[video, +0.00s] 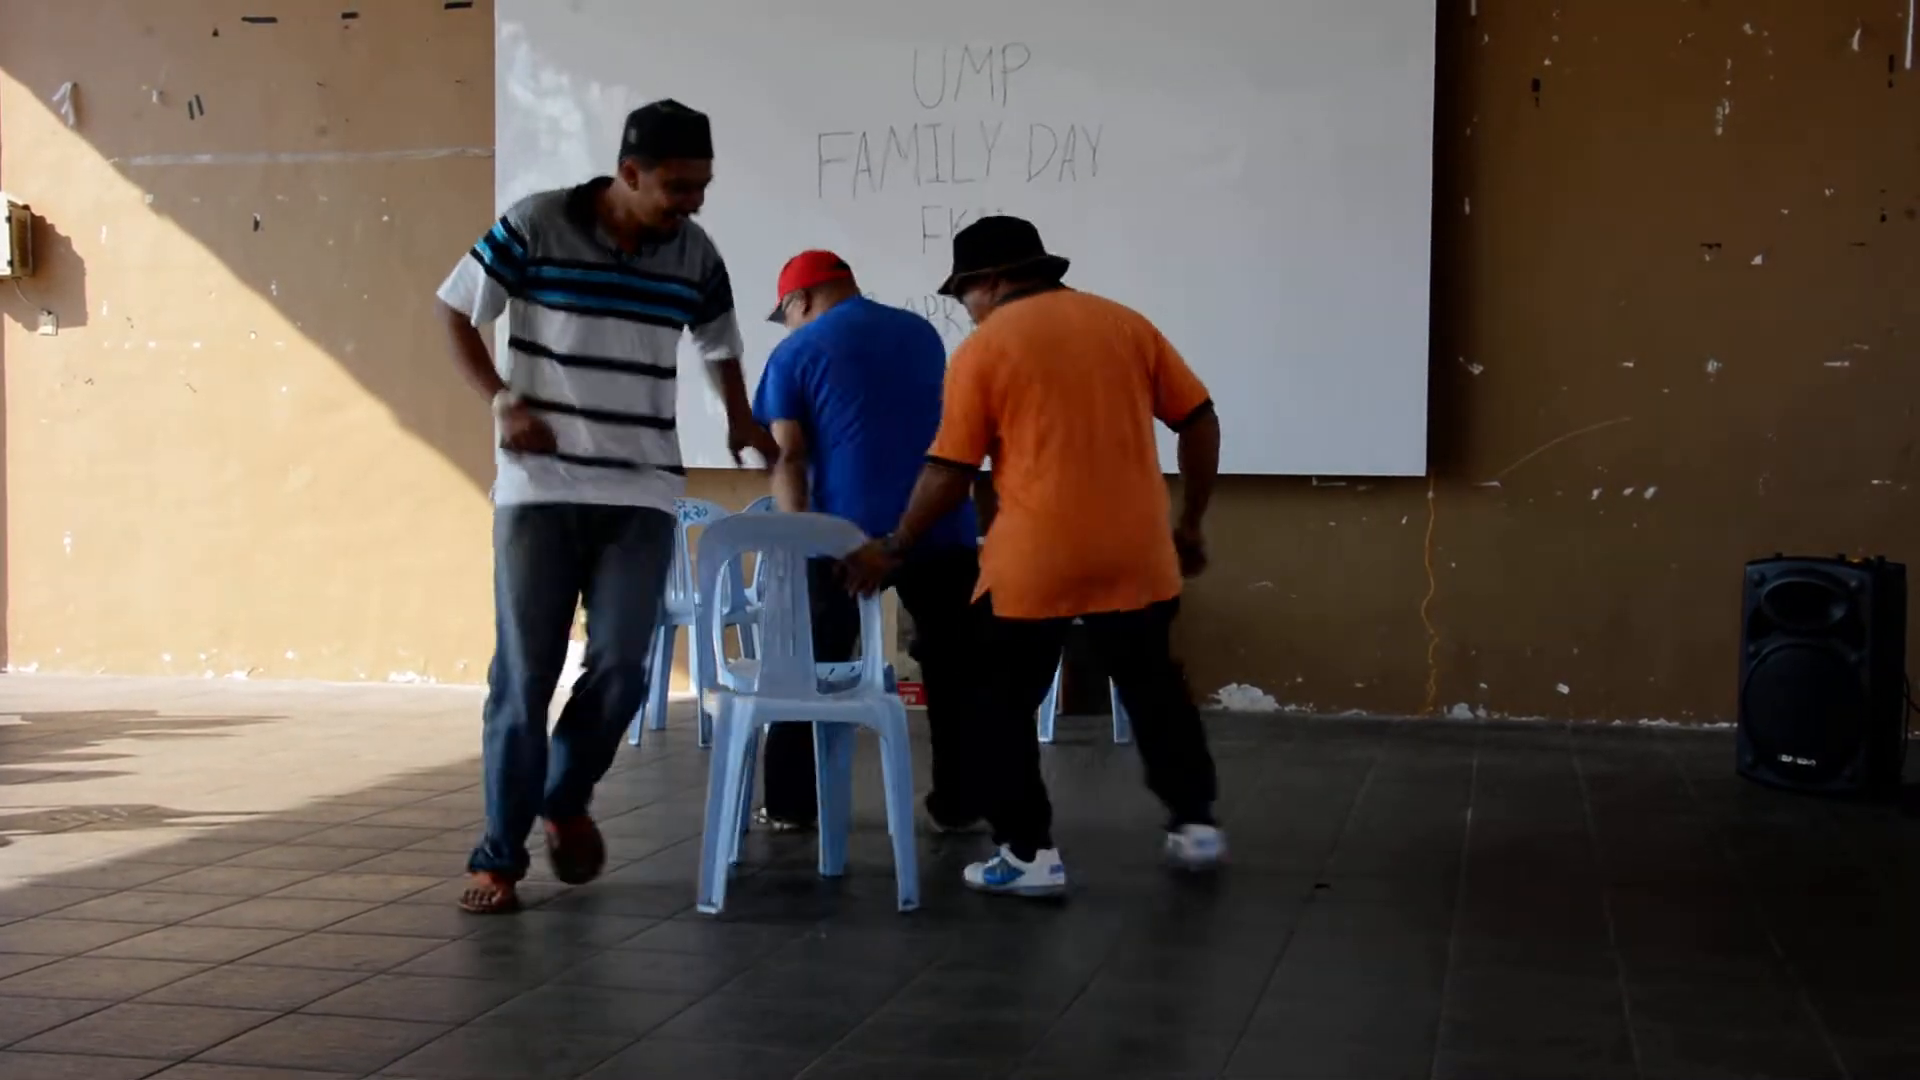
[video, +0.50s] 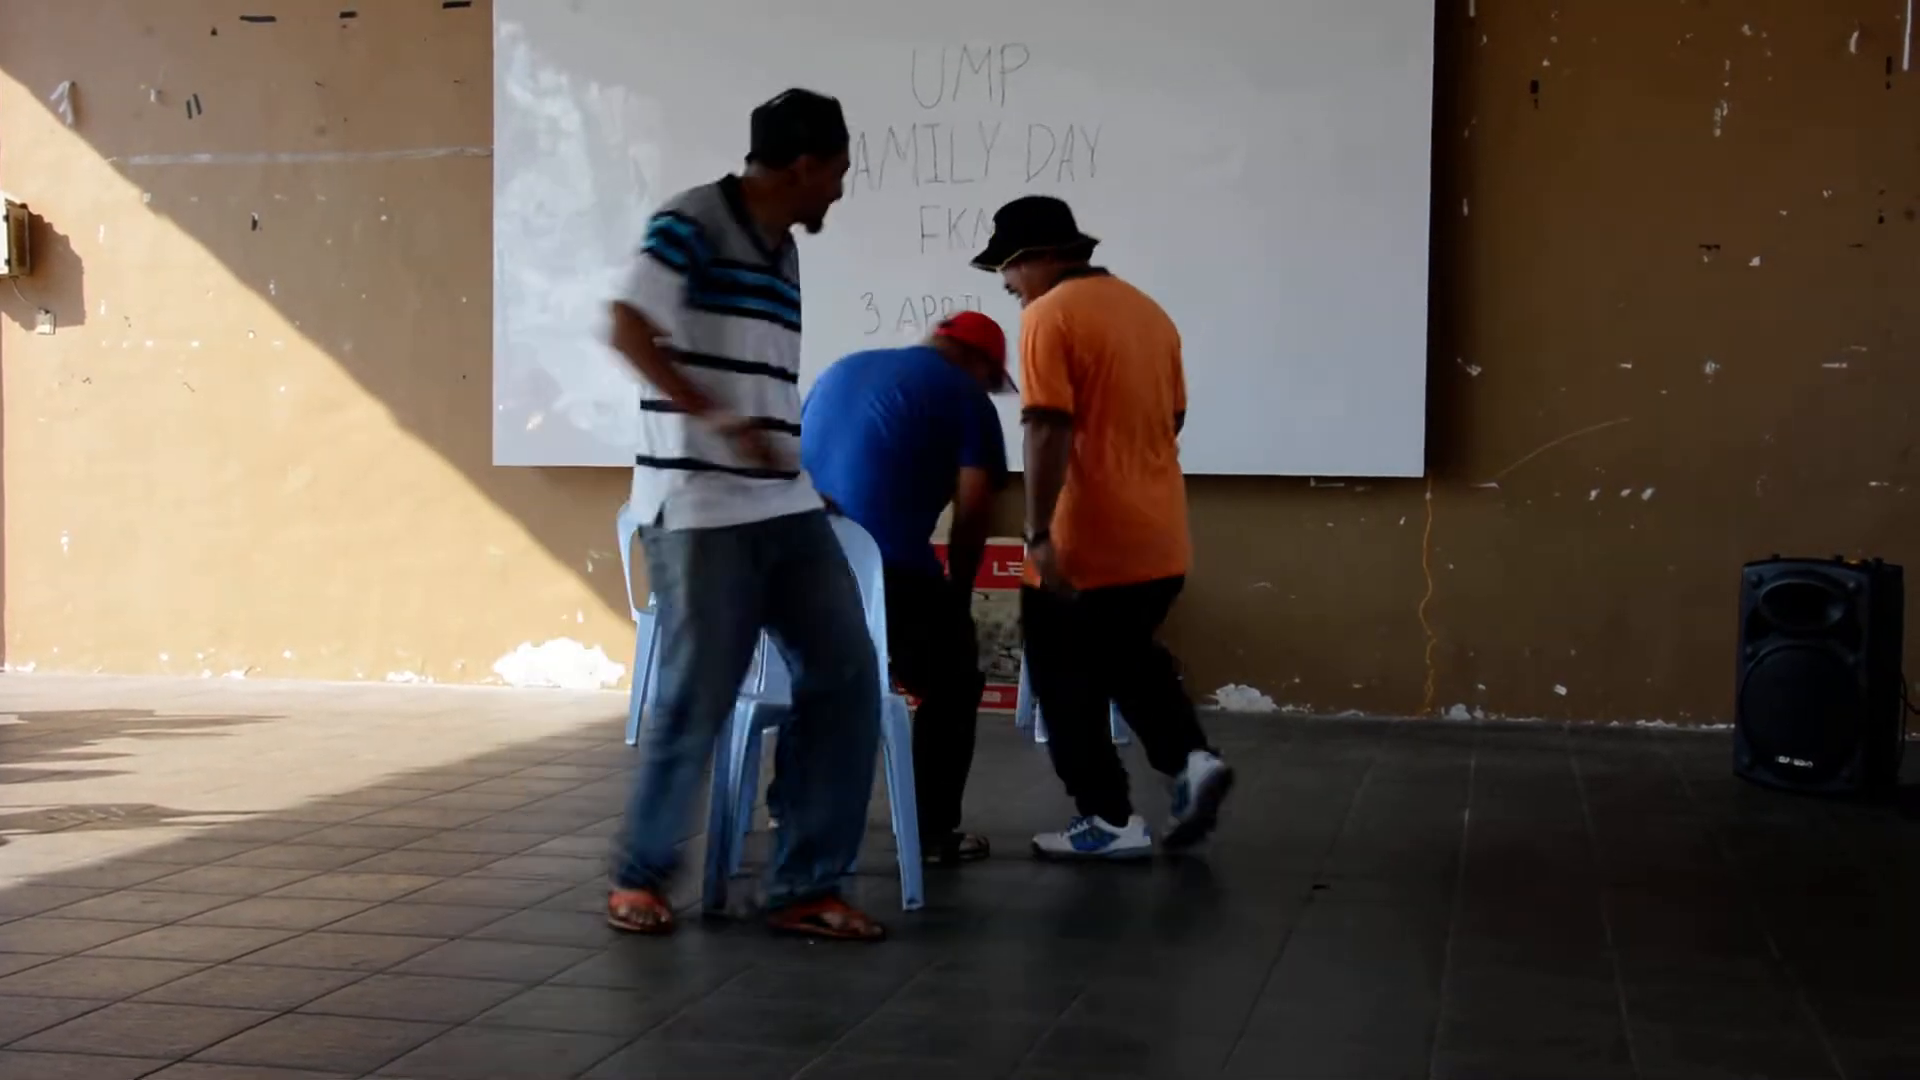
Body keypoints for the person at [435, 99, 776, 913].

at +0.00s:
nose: (692, 206)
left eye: (700, 190)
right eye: (679, 191)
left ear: (703, 178)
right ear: (629, 173)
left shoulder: (696, 257)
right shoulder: (538, 224)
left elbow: (722, 349)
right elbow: (459, 312)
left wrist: (741, 418)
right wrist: (500, 398)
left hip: (641, 491)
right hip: (540, 484)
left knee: (624, 665)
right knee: (524, 673)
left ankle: (566, 797)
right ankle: (497, 856)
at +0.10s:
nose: (710, 221)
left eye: (717, 205)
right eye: (698, 205)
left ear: (714, 193)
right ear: (647, 188)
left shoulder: (700, 262)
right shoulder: (556, 242)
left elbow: (702, 360)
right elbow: (468, 327)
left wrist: (749, 430)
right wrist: (496, 443)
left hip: (663, 501)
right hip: (560, 500)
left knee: (676, 642)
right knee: (527, 683)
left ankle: (590, 831)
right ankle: (503, 857)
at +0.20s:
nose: (747, 228)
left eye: (752, 213)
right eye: (738, 212)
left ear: (716, 201)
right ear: (689, 195)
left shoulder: (719, 268)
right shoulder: (586, 245)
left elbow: (701, 363)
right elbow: (490, 331)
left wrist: (761, 441)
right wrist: (505, 446)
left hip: (693, 513)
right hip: (585, 516)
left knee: (737, 671)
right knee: (549, 700)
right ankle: (511, 859)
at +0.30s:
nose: (786, 228)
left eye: (790, 212)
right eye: (780, 210)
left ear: (750, 201)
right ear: (731, 192)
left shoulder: (749, 278)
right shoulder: (623, 245)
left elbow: (730, 399)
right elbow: (516, 320)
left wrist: (783, 479)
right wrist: (537, 424)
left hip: (737, 534)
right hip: (627, 537)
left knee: (805, 684)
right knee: (584, 713)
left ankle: (797, 895)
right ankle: (516, 859)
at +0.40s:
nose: (820, 218)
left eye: (825, 202)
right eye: (816, 200)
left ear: (782, 188)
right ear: (769, 183)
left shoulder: (772, 258)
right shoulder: (662, 240)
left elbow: (746, 386)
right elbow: (562, 321)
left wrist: (784, 486)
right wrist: (600, 418)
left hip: (775, 526)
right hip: (676, 533)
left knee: (840, 687)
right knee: (645, 704)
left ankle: (798, 895)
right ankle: (546, 850)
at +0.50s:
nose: (840, 191)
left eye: (843, 173)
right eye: (836, 172)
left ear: (793, 166)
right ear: (799, 166)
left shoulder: (784, 255)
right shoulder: (689, 224)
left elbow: (763, 376)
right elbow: (627, 328)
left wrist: (787, 458)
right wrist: (712, 411)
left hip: (785, 509)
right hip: (700, 512)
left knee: (845, 684)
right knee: (692, 702)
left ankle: (807, 889)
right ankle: (637, 879)